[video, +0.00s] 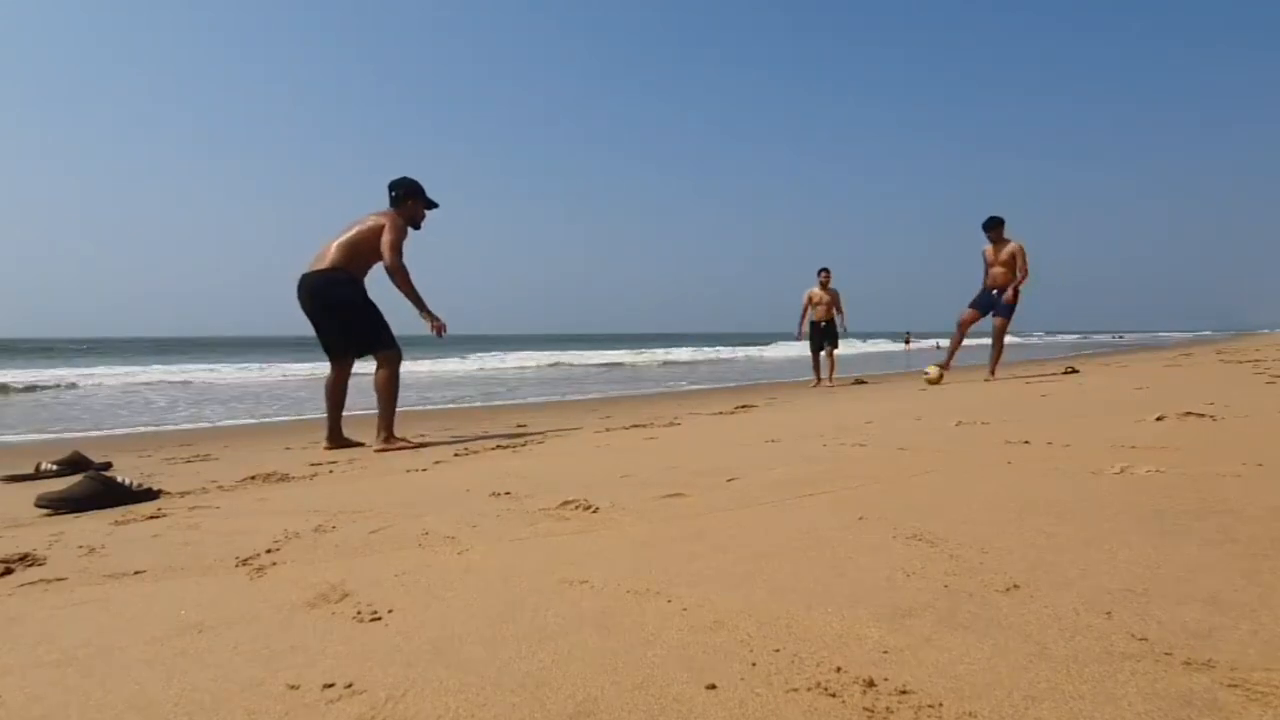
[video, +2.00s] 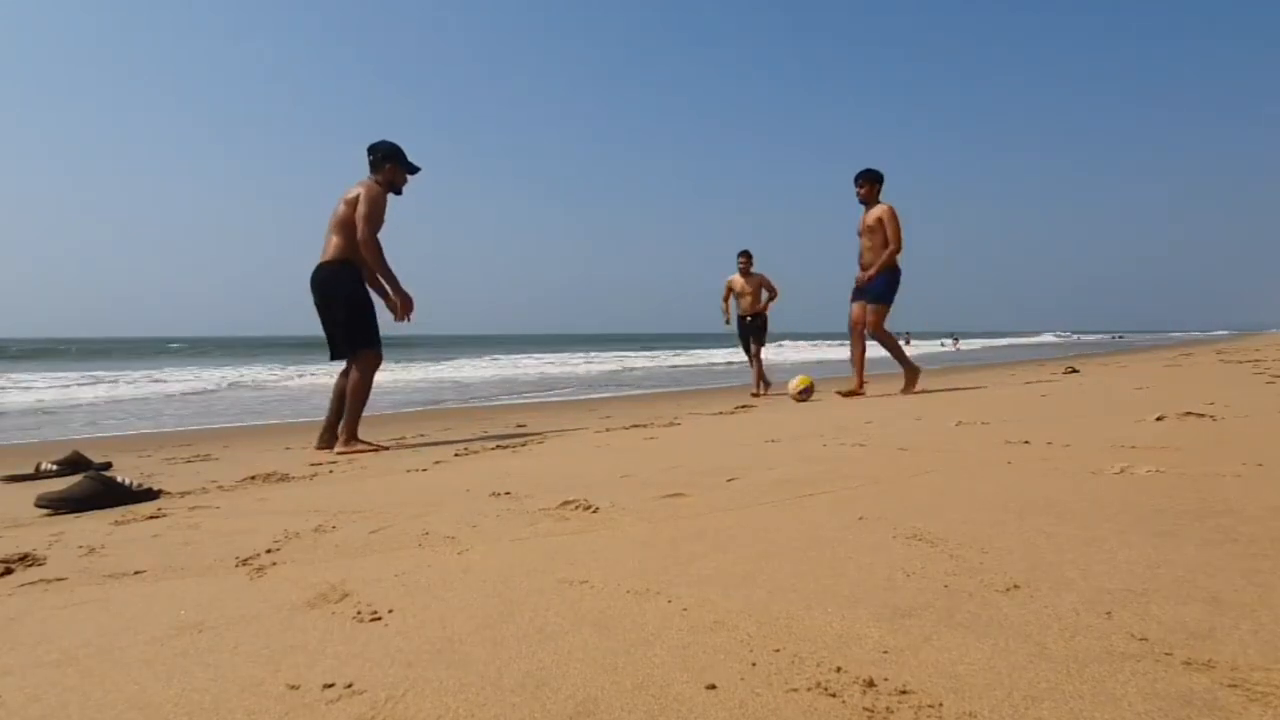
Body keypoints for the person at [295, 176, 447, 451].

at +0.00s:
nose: (424, 214)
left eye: (425, 208)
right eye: (422, 207)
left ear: (400, 203)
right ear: (407, 203)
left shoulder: (373, 221)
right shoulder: (393, 222)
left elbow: (348, 264)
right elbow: (393, 265)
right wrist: (426, 312)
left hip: (311, 284)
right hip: (339, 284)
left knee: (341, 362)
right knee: (389, 357)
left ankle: (334, 435)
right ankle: (385, 435)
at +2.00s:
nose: (406, 179)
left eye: (406, 173)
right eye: (403, 172)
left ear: (379, 169)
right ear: (387, 168)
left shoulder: (358, 193)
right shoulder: (372, 191)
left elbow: (361, 260)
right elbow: (365, 239)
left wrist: (387, 298)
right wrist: (397, 289)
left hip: (330, 276)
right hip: (342, 276)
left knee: (358, 359)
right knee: (369, 356)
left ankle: (328, 436)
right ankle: (348, 437)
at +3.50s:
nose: (431, 199)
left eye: (431, 194)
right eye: (427, 193)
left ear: (411, 193)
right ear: (411, 192)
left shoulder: (401, 222)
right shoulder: (397, 219)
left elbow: (403, 272)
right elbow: (388, 261)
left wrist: (426, 306)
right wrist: (400, 304)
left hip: (385, 296)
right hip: (377, 295)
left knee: (398, 362)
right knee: (394, 363)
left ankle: (376, 428)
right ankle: (361, 430)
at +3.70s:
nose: (437, 193)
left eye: (437, 188)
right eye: (433, 188)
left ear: (415, 189)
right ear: (417, 188)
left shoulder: (402, 214)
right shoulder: (409, 215)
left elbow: (399, 263)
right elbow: (405, 262)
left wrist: (421, 300)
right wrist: (426, 300)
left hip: (389, 287)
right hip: (393, 289)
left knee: (405, 358)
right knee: (403, 359)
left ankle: (382, 422)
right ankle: (365, 421)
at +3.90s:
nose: (447, 218)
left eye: (446, 213)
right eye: (442, 212)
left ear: (423, 214)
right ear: (427, 213)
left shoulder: (408, 238)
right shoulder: (425, 237)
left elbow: (416, 292)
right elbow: (425, 281)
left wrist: (445, 321)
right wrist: (445, 320)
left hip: (387, 307)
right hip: (402, 310)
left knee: (419, 374)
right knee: (423, 376)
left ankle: (395, 426)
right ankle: (367, 416)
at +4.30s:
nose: (487, 204)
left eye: (486, 199)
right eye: (482, 198)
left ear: (462, 198)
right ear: (465, 197)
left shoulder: (444, 220)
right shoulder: (454, 222)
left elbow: (442, 273)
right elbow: (444, 270)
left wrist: (461, 314)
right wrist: (458, 312)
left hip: (413, 295)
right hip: (428, 296)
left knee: (428, 359)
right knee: (469, 359)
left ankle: (406, 418)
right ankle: (448, 426)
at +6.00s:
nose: (765, 152)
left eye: (765, 146)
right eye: (763, 145)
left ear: (737, 140)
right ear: (753, 142)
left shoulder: (711, 170)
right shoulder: (746, 175)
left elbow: (710, 232)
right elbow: (749, 229)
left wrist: (752, 250)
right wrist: (782, 271)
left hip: (678, 260)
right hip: (710, 255)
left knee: (727, 323)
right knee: (756, 329)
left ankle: (718, 398)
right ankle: (785, 404)